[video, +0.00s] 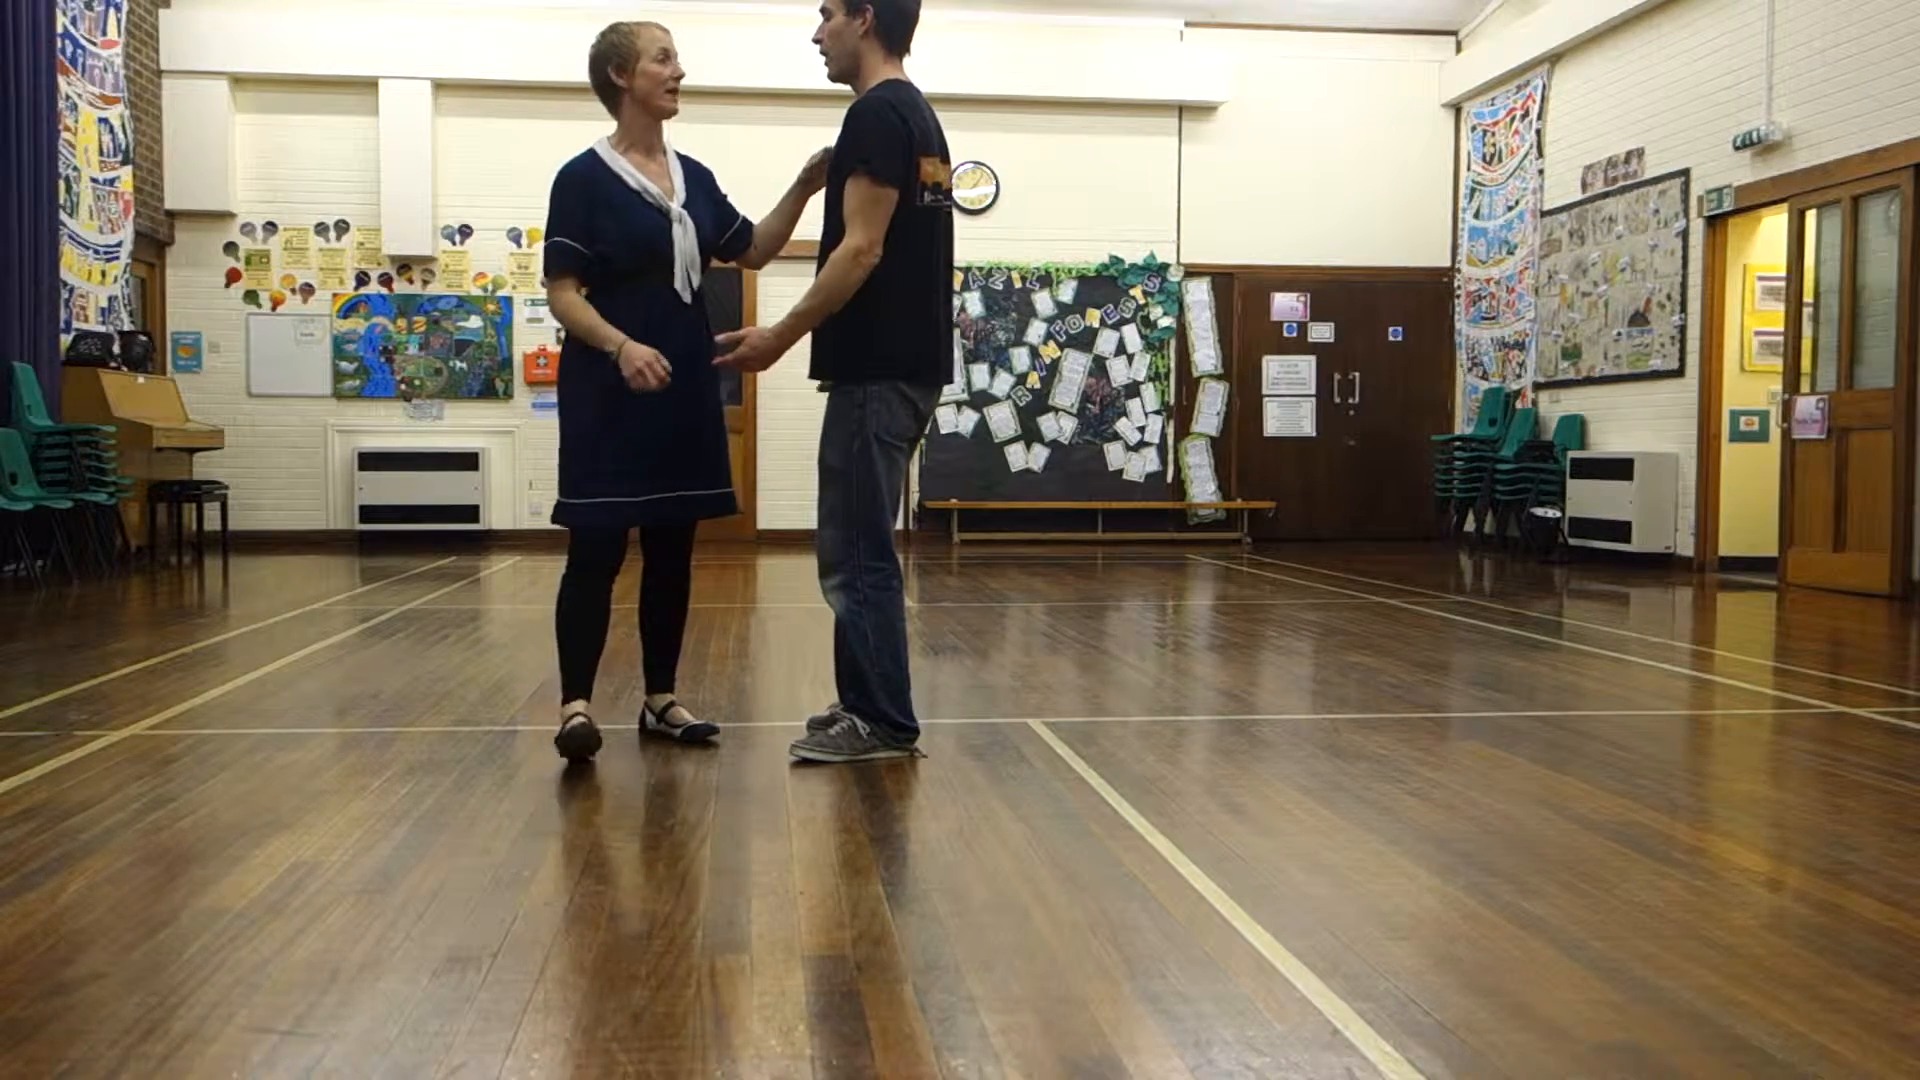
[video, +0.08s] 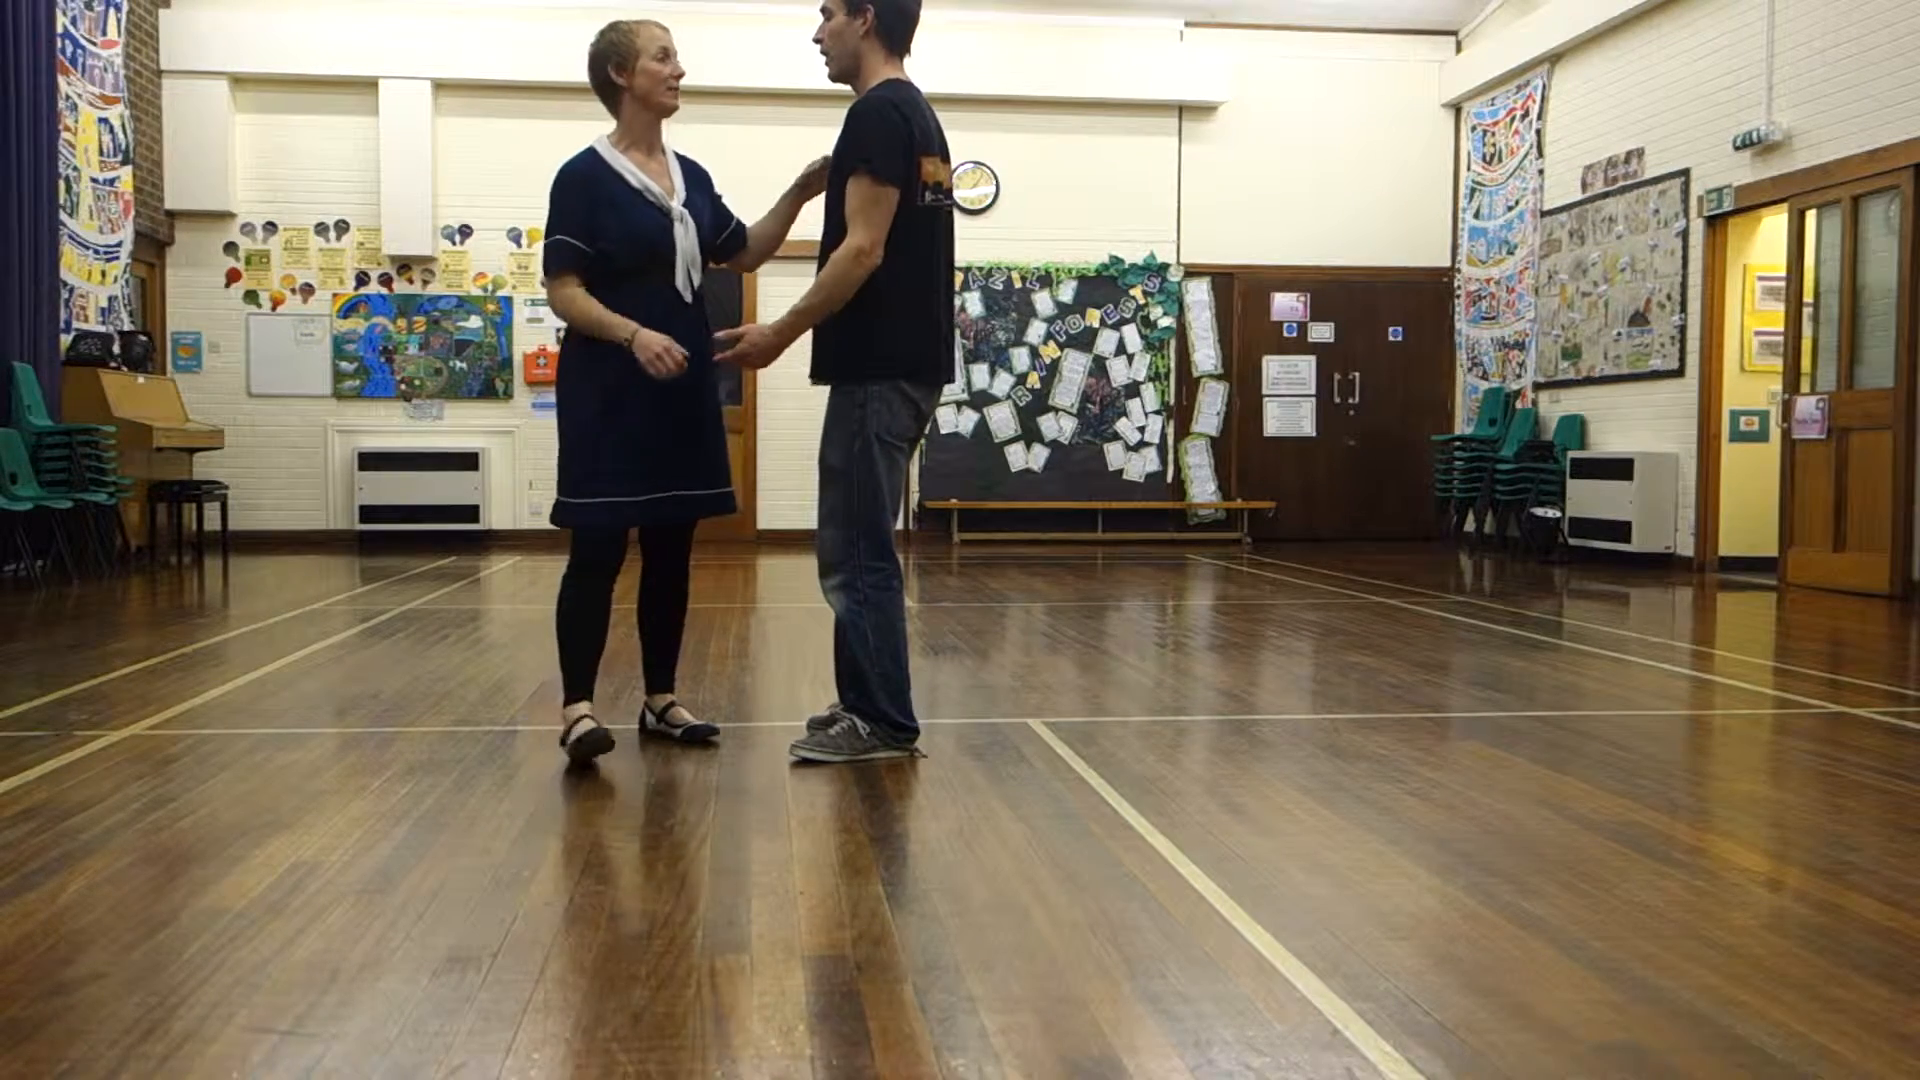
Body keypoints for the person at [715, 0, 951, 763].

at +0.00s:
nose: (817, 33)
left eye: (826, 17)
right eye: (820, 18)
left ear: (863, 21)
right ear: (874, 26)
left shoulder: (880, 110)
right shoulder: (910, 112)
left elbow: (862, 247)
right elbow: (875, 250)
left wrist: (780, 333)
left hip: (877, 371)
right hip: (895, 367)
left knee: (856, 553)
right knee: (859, 548)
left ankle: (883, 720)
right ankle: (869, 707)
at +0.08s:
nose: (818, 33)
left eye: (827, 17)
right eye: (821, 18)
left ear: (863, 21)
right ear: (874, 26)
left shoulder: (881, 109)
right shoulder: (909, 112)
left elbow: (865, 246)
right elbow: (878, 249)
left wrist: (781, 330)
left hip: (879, 369)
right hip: (894, 365)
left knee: (856, 552)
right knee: (858, 547)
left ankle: (884, 720)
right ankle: (868, 706)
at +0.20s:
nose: (818, 33)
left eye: (828, 18)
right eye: (821, 18)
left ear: (864, 21)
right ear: (873, 26)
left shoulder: (882, 108)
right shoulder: (908, 111)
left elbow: (867, 245)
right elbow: (879, 249)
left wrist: (778, 321)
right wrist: (785, 317)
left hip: (882, 369)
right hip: (894, 365)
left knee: (856, 552)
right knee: (858, 547)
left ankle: (883, 721)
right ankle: (868, 708)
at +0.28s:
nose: (818, 33)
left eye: (828, 18)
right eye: (821, 18)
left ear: (865, 22)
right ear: (873, 27)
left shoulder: (882, 107)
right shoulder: (906, 110)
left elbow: (864, 243)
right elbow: (901, 255)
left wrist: (763, 310)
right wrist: (824, 311)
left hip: (886, 368)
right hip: (893, 365)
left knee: (858, 551)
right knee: (858, 547)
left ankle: (883, 720)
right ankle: (869, 709)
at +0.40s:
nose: (819, 33)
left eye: (829, 18)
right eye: (822, 19)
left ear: (868, 22)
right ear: (879, 28)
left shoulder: (884, 107)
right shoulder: (908, 110)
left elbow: (854, 240)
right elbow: (864, 248)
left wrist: (751, 290)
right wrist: (765, 282)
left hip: (888, 367)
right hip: (899, 363)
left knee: (858, 550)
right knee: (865, 547)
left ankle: (882, 719)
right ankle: (875, 710)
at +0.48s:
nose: (823, 32)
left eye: (834, 16)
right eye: (826, 17)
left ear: (874, 23)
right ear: (882, 29)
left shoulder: (886, 108)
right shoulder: (911, 110)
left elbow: (851, 241)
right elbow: (884, 250)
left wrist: (751, 285)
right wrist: (805, 254)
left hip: (889, 368)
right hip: (901, 364)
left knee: (856, 551)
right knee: (868, 547)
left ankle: (886, 718)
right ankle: (888, 711)